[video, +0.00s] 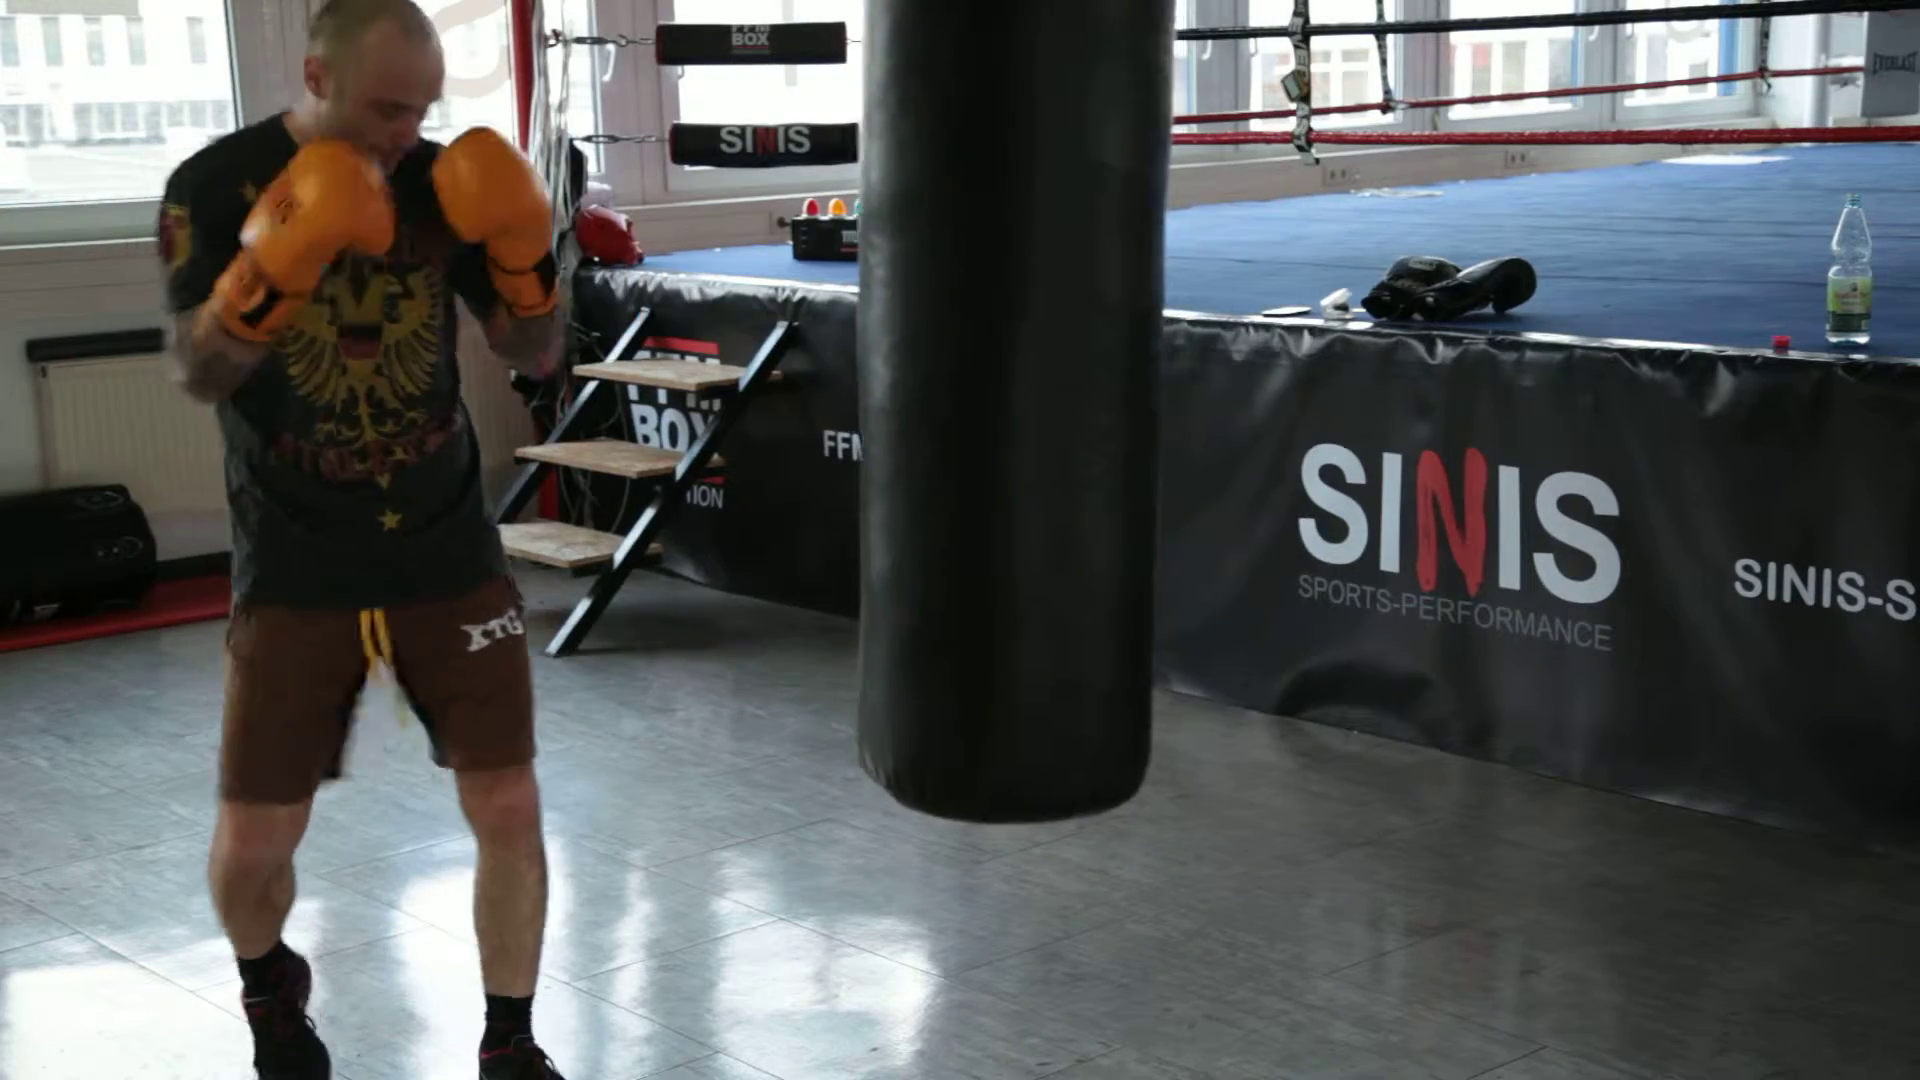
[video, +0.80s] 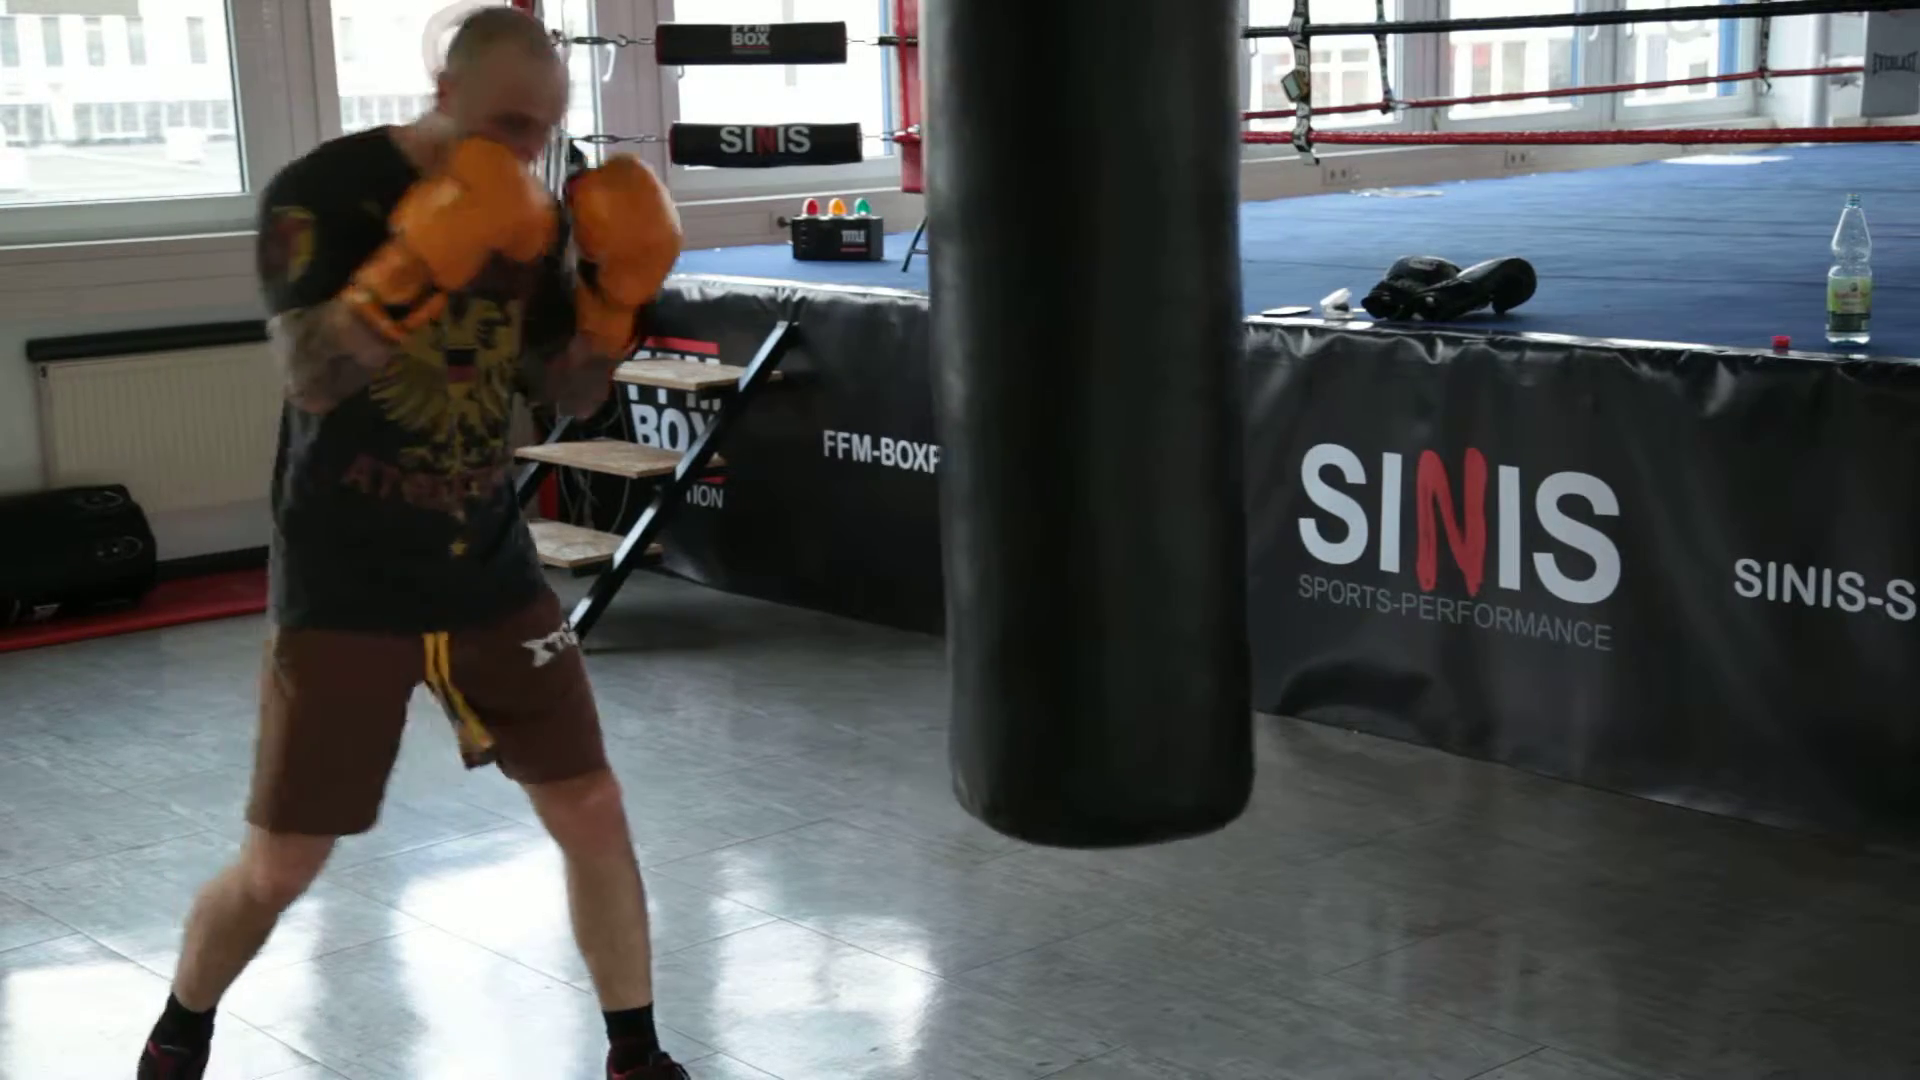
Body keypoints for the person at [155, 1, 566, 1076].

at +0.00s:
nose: (405, 132)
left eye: (422, 111)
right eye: (384, 110)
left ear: (437, 86)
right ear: (316, 75)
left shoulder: (445, 181)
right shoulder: (218, 187)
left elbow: (537, 355)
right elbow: (200, 378)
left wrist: (526, 256)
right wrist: (267, 273)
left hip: (445, 544)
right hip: (294, 558)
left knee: (510, 808)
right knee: (250, 854)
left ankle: (512, 1047)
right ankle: (273, 998)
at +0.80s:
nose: (519, 155)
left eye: (538, 134)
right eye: (503, 128)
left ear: (550, 123)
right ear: (440, 93)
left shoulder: (537, 218)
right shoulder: (320, 195)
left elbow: (561, 398)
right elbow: (311, 378)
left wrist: (618, 296)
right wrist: (418, 263)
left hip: (490, 561)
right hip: (345, 569)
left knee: (592, 812)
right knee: (283, 862)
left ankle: (637, 1057)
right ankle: (178, 1041)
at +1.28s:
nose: (364, 181)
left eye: (379, 154)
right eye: (338, 158)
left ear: (396, 140)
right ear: (268, 139)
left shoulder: (432, 209)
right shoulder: (203, 256)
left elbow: (576, 355)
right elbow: (236, 466)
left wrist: (525, 284)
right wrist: (275, 353)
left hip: (469, 578)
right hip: (307, 595)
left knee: (593, 828)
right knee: (225, 879)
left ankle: (640, 1058)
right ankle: (163, 1062)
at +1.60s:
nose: (502, 124)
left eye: (520, 101)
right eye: (482, 98)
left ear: (536, 86)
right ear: (411, 71)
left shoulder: (524, 202)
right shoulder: (296, 197)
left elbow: (575, 388)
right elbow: (277, 383)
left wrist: (619, 291)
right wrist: (390, 271)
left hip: (498, 562)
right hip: (345, 573)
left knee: (604, 822)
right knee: (267, 866)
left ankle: (638, 1060)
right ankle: (171, 1057)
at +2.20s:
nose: (444, 256)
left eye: (460, 227)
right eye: (416, 234)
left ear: (479, 201)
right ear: (342, 213)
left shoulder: (523, 261)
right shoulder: (273, 301)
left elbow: (661, 428)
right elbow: (261, 498)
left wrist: (616, 328)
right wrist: (332, 437)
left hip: (525, 637)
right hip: (353, 646)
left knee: (654, 883)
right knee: (254, 921)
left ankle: (703, 1073)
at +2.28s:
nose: (495, 275)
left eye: (508, 247)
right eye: (468, 255)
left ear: (522, 221)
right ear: (390, 232)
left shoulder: (565, 298)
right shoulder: (313, 319)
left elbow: (670, 474)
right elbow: (286, 510)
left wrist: (659, 401)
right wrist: (335, 497)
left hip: (557, 658)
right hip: (381, 673)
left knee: (689, 886)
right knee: (272, 934)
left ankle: (711, 1073)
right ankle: (205, 1078)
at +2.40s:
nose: (630, 226)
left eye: (640, 198)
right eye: (607, 200)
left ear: (649, 178)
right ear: (534, 171)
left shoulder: (634, 272)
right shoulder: (414, 264)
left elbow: (681, 431)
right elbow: (329, 454)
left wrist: (704, 368)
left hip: (575, 607)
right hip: (424, 620)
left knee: (685, 848)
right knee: (324, 915)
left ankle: (711, 1074)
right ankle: (208, 1077)